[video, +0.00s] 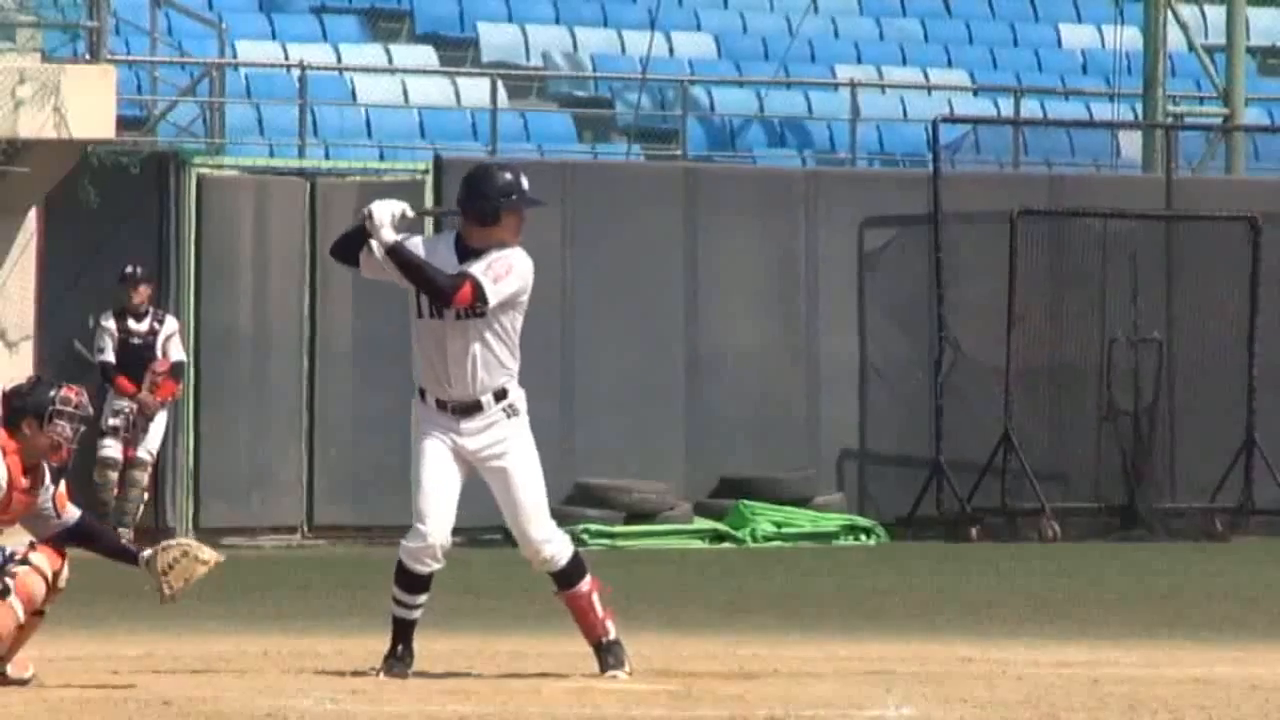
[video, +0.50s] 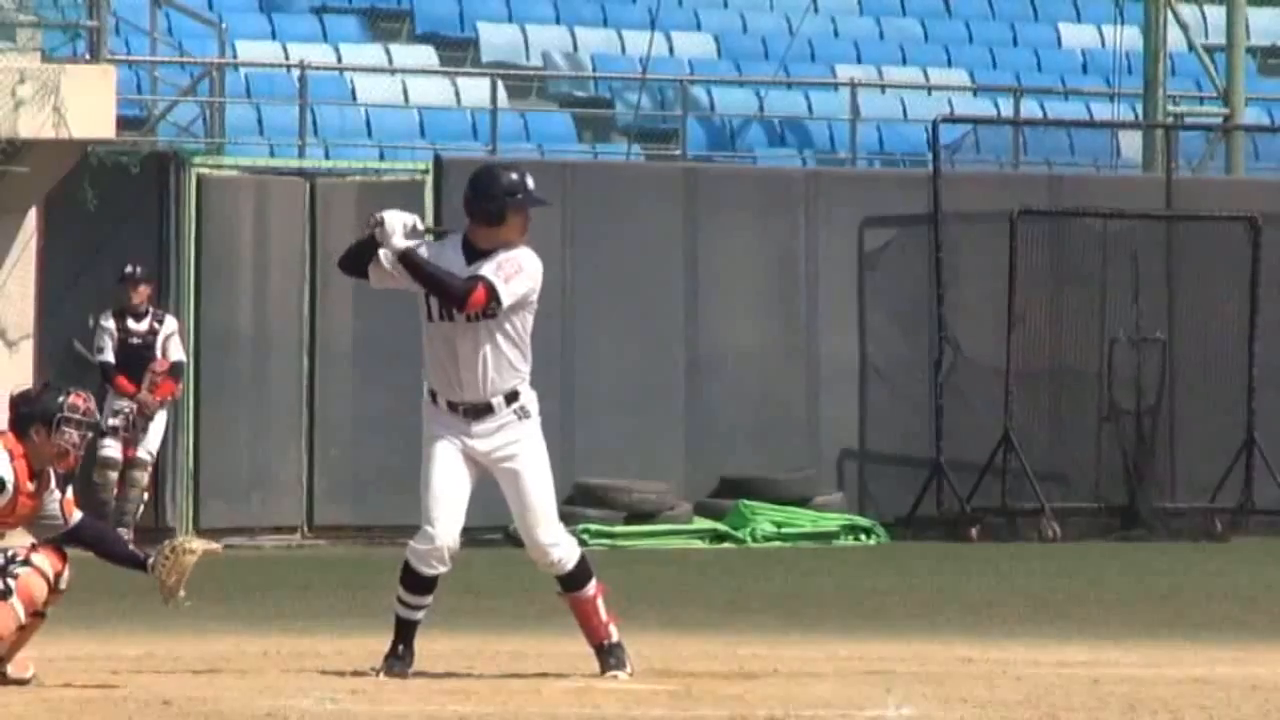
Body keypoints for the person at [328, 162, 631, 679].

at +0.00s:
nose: (523, 220)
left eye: (523, 211)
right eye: (516, 212)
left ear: (493, 213)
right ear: (488, 215)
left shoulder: (515, 263)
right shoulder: (426, 250)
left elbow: (452, 294)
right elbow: (343, 252)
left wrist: (388, 242)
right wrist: (371, 224)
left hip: (499, 418)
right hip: (436, 420)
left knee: (539, 541)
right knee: (428, 537)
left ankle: (606, 643)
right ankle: (400, 648)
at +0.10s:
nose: (522, 220)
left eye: (522, 211)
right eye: (515, 213)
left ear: (484, 214)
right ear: (487, 216)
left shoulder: (515, 263)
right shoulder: (425, 250)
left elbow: (453, 295)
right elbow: (342, 254)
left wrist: (389, 244)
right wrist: (371, 225)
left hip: (499, 419)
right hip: (436, 421)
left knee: (537, 541)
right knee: (427, 538)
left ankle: (606, 644)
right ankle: (399, 648)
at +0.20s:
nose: (523, 220)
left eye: (523, 211)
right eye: (516, 212)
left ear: (493, 212)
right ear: (487, 215)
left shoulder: (516, 263)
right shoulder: (427, 250)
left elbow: (456, 296)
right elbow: (343, 255)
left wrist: (390, 246)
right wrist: (373, 227)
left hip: (501, 419)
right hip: (437, 421)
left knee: (539, 541)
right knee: (428, 537)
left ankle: (606, 644)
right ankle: (400, 647)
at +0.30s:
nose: (527, 220)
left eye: (526, 211)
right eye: (519, 213)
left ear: (500, 213)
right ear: (490, 216)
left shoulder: (521, 262)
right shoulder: (434, 252)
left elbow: (464, 298)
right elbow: (349, 261)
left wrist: (397, 249)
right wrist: (377, 232)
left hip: (509, 420)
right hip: (444, 421)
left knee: (544, 543)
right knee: (433, 539)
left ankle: (607, 645)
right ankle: (400, 646)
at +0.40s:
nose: (528, 220)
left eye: (528, 211)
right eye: (521, 212)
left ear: (504, 212)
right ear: (492, 215)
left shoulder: (523, 262)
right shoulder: (436, 252)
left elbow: (469, 299)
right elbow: (351, 265)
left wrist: (402, 251)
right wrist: (379, 234)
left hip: (511, 420)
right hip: (446, 422)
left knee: (545, 542)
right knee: (435, 539)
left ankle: (607, 645)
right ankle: (401, 646)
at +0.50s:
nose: (528, 220)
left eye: (527, 211)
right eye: (520, 212)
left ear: (506, 212)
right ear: (490, 215)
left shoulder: (523, 262)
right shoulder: (434, 252)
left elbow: (468, 299)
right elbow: (350, 265)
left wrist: (403, 252)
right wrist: (380, 238)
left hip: (511, 420)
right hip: (447, 423)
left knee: (546, 542)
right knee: (436, 540)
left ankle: (607, 645)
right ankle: (401, 646)